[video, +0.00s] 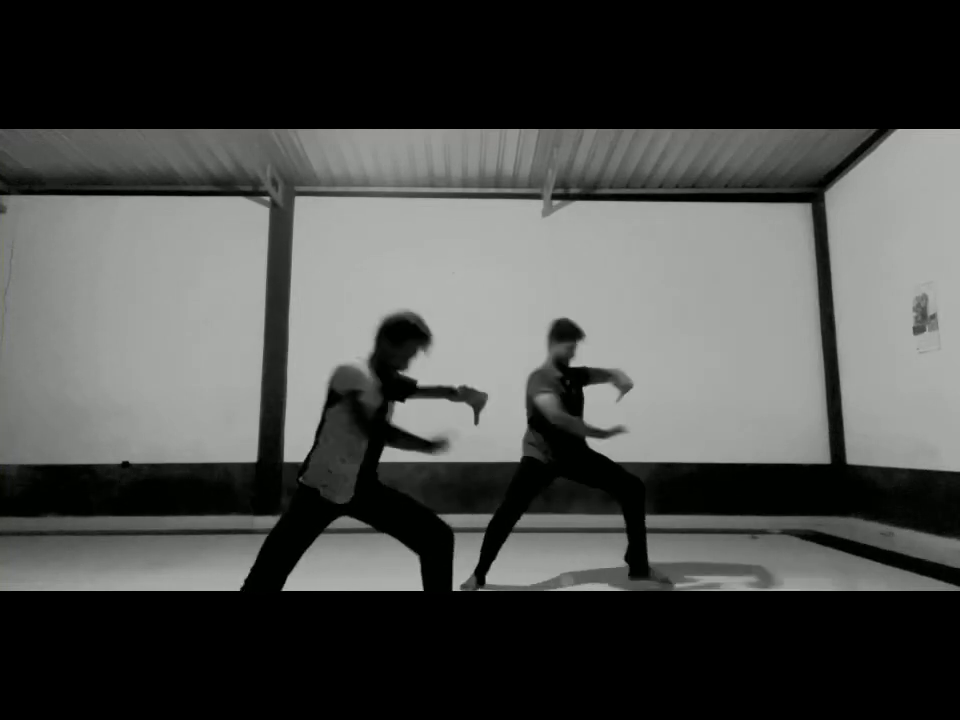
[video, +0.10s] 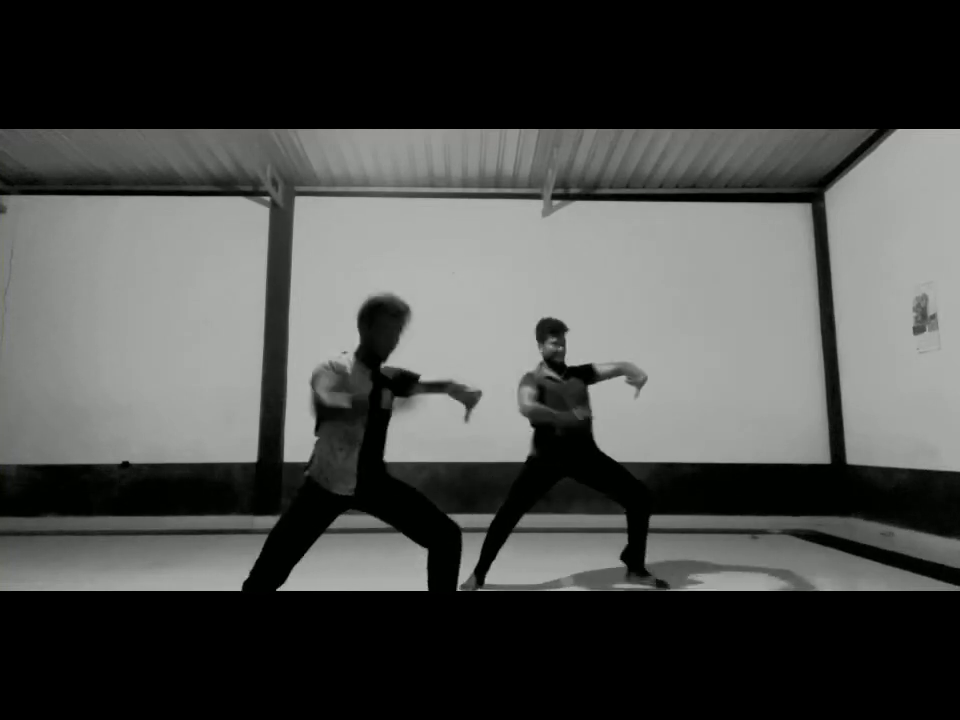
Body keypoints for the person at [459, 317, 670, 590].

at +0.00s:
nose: (571, 350)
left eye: (574, 344)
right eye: (566, 344)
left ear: (576, 346)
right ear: (552, 343)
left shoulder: (575, 375)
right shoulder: (540, 380)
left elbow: (610, 374)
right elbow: (555, 416)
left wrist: (622, 382)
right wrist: (599, 433)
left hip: (574, 455)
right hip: (540, 457)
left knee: (632, 489)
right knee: (509, 511)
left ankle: (639, 567)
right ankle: (479, 574)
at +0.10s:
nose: (560, 346)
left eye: (562, 341)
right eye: (553, 341)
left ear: (566, 343)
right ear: (540, 345)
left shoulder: (580, 374)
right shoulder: (532, 380)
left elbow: (620, 367)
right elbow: (528, 408)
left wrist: (636, 374)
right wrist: (567, 416)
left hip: (585, 455)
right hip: (547, 458)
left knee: (638, 497)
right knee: (509, 513)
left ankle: (636, 567)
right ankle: (478, 575)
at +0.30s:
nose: (579, 346)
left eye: (583, 340)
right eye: (573, 341)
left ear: (590, 341)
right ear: (565, 344)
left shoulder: (607, 372)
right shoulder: (551, 374)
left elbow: (649, 360)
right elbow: (510, 370)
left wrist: (638, 368)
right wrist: (541, 371)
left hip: (592, 456)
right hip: (551, 454)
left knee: (643, 502)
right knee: (503, 501)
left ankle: (641, 576)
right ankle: (488, 561)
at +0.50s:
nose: (579, 346)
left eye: (584, 341)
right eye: (574, 341)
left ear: (592, 343)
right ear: (566, 343)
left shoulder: (605, 377)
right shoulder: (550, 373)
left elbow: (645, 376)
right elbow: (515, 366)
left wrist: (641, 389)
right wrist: (502, 376)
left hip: (590, 458)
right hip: (547, 456)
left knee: (639, 500)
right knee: (495, 487)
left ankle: (640, 572)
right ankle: (483, 554)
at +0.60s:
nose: (565, 346)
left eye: (571, 342)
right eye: (560, 341)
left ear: (578, 344)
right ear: (553, 343)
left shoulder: (594, 378)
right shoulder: (537, 376)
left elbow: (632, 380)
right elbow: (498, 380)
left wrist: (632, 390)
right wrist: (495, 384)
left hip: (583, 458)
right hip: (539, 458)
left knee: (635, 506)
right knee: (493, 501)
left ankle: (639, 575)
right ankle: (477, 572)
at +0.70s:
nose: (554, 343)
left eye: (559, 338)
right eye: (549, 338)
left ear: (566, 342)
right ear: (541, 339)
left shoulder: (580, 374)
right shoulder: (523, 374)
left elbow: (625, 373)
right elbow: (486, 374)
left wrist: (619, 387)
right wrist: (495, 382)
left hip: (575, 456)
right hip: (531, 458)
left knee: (633, 494)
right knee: (487, 503)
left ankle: (639, 562)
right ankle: (477, 573)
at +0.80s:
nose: (546, 344)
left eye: (552, 339)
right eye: (541, 339)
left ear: (560, 343)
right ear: (533, 341)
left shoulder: (574, 371)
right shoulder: (517, 374)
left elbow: (620, 366)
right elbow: (480, 374)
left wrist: (618, 391)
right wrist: (488, 382)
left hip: (574, 451)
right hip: (532, 456)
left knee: (637, 479)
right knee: (489, 502)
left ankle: (639, 551)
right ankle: (477, 576)